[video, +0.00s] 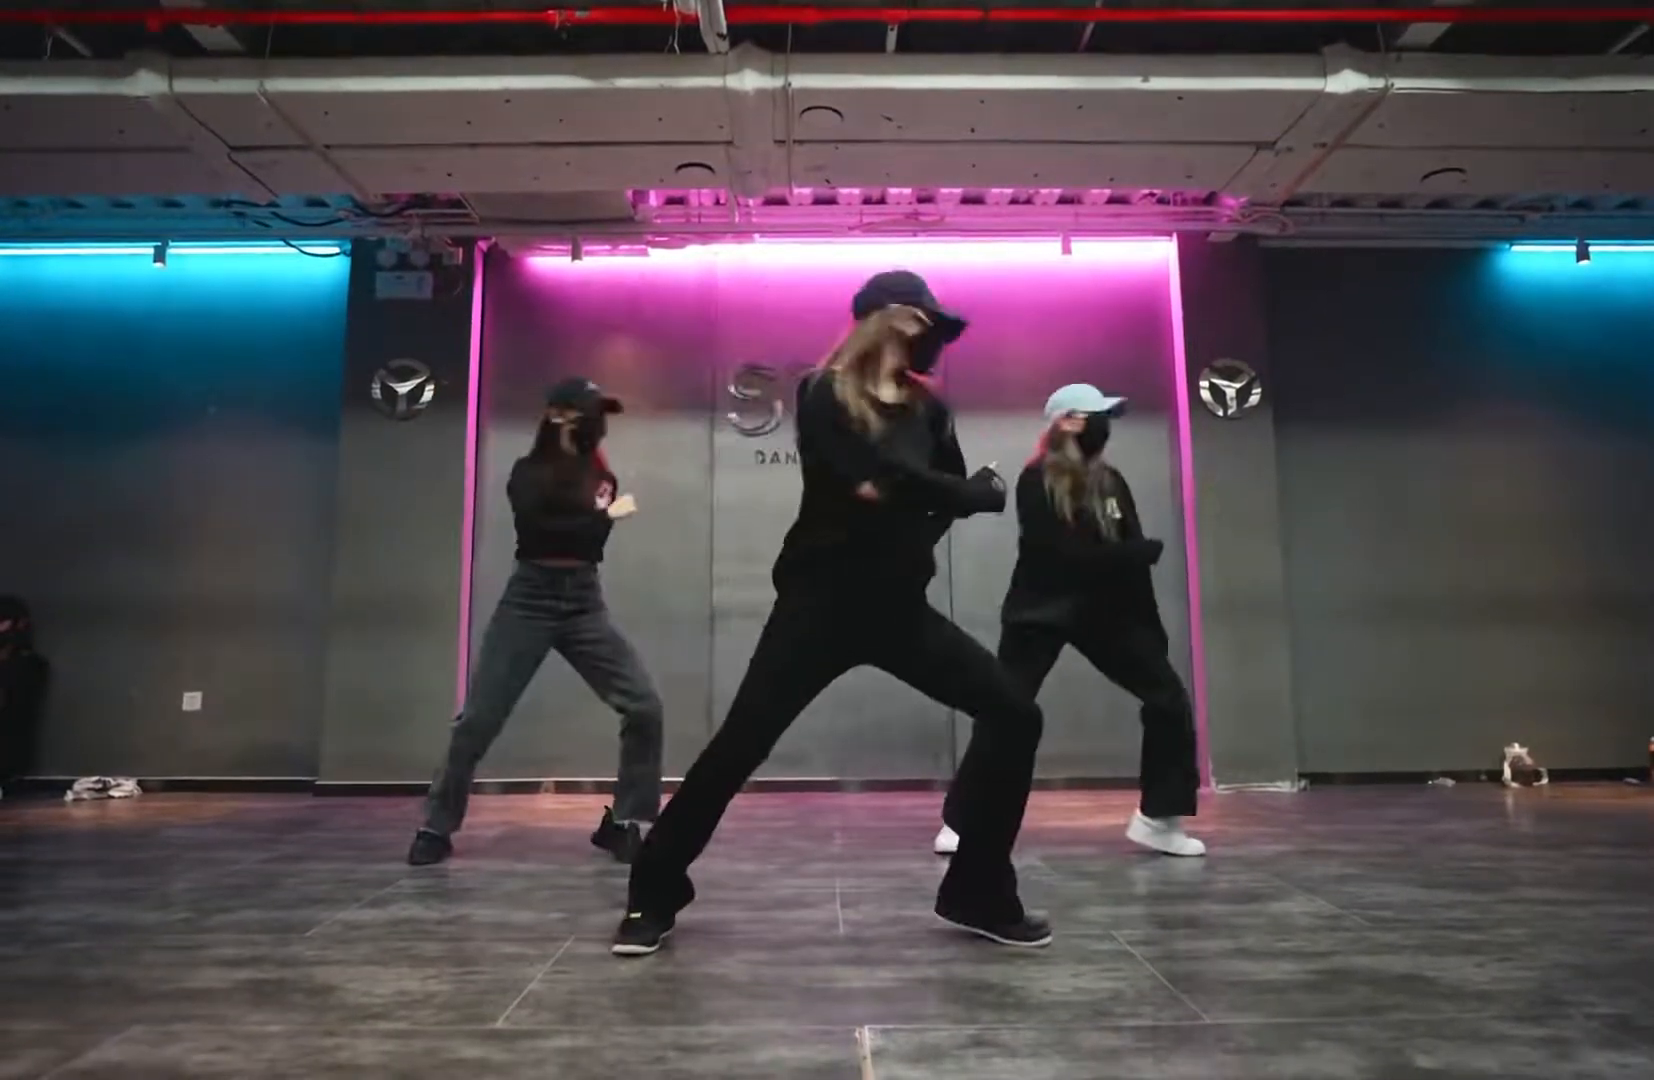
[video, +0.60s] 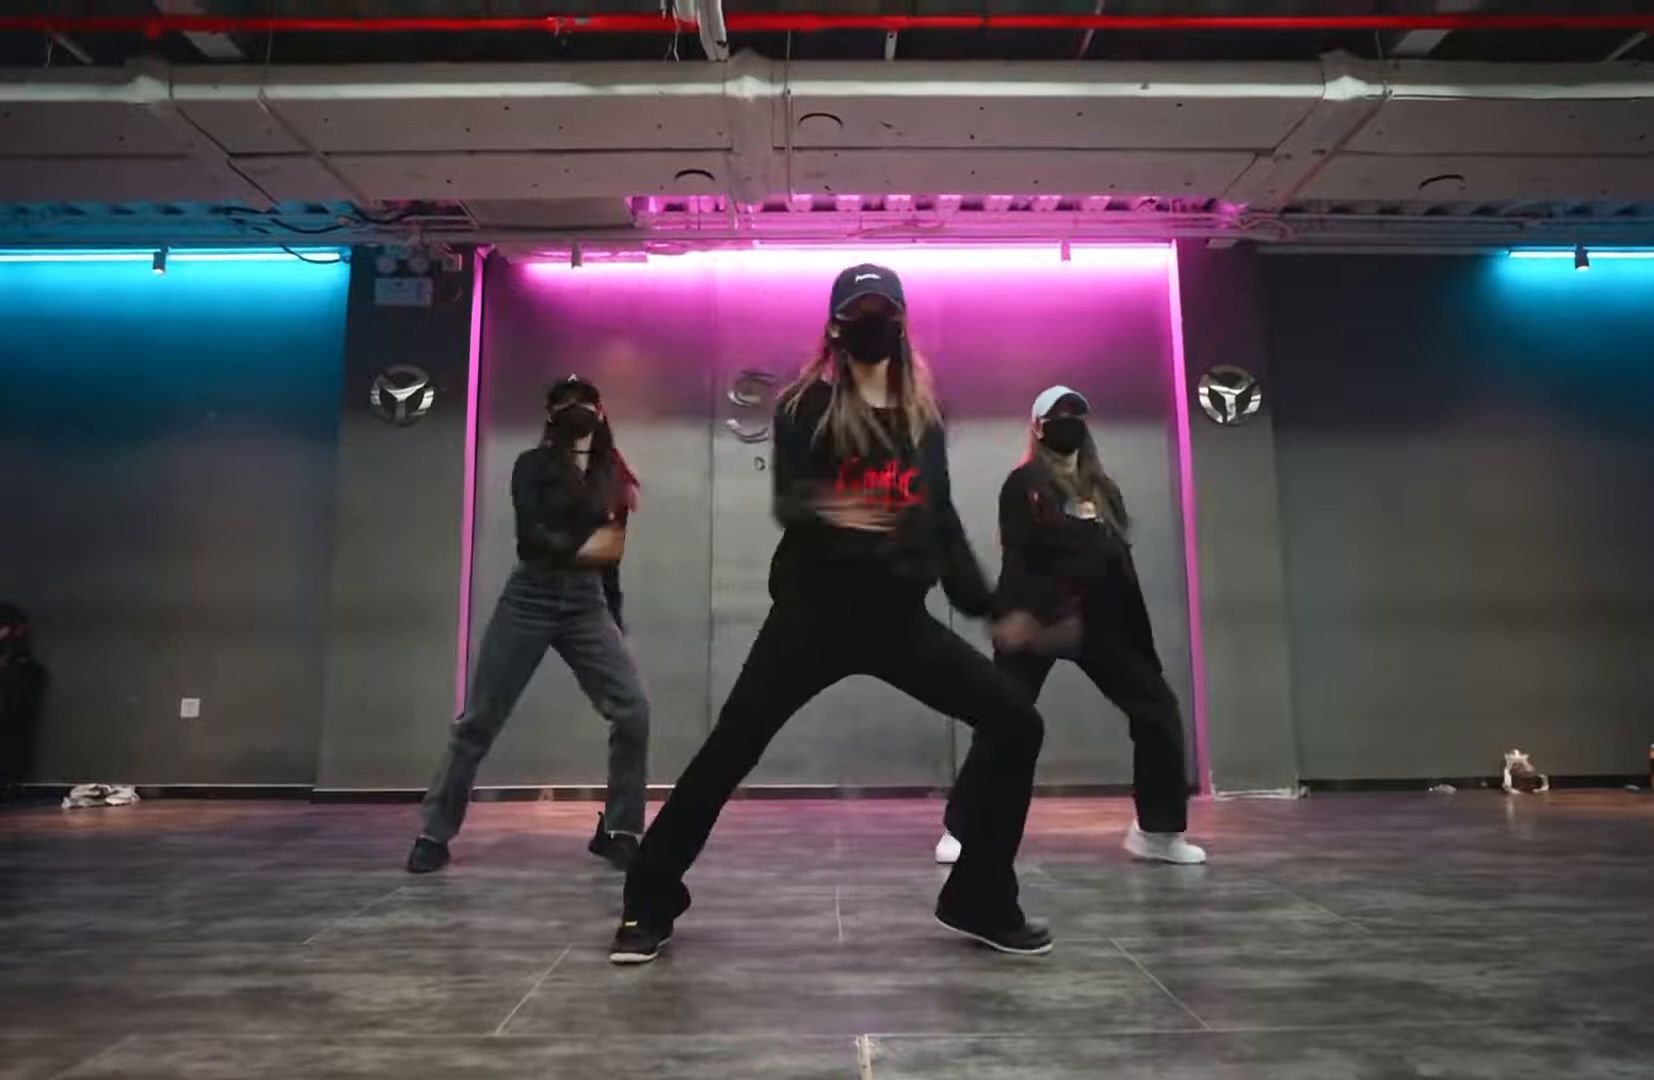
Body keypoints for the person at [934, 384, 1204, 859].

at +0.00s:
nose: (1107, 424)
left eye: (1106, 417)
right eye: (1097, 416)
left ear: (1088, 424)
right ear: (1067, 422)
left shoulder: (1109, 481)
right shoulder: (1038, 479)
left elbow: (1131, 560)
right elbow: (1054, 550)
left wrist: (1149, 629)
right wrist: (1136, 550)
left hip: (1103, 615)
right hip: (1040, 613)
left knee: (1169, 700)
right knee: (1004, 708)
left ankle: (1157, 818)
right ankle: (959, 822)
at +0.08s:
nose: (1116, 429)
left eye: (1115, 421)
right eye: (1109, 421)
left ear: (1089, 421)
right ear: (1085, 422)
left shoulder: (1109, 483)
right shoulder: (1049, 474)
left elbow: (1134, 570)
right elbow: (1059, 548)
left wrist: (1156, 633)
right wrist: (1144, 546)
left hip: (1097, 616)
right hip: (1040, 617)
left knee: (1167, 698)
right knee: (1008, 710)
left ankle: (1157, 818)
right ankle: (960, 821)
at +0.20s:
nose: (1111, 430)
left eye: (1112, 423)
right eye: (1105, 422)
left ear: (1084, 422)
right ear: (1078, 422)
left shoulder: (1095, 471)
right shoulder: (1046, 470)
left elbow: (1115, 539)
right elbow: (1056, 544)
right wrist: (1137, 542)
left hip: (1095, 619)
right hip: (1039, 619)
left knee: (1166, 698)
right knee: (1006, 711)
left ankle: (1157, 819)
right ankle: (960, 822)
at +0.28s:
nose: (1097, 430)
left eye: (1100, 422)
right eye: (1087, 422)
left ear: (1091, 423)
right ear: (1059, 422)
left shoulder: (1095, 474)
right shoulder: (1035, 476)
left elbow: (1119, 539)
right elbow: (1050, 541)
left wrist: (1094, 521)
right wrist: (1126, 544)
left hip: (1094, 620)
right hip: (1035, 621)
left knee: (1164, 699)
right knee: (1004, 712)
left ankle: (1157, 820)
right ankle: (959, 823)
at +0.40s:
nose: (1078, 424)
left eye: (1083, 416)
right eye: (1067, 416)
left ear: (1093, 422)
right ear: (1045, 424)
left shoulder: (1104, 473)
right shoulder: (1029, 477)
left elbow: (1118, 544)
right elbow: (1037, 540)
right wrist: (1113, 540)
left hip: (1098, 619)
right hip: (1032, 620)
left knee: (1160, 701)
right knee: (1002, 714)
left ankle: (1158, 823)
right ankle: (959, 826)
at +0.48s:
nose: (1073, 425)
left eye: (1079, 418)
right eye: (1063, 418)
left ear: (1088, 423)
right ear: (1042, 424)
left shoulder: (1107, 479)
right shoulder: (1027, 477)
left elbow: (1126, 542)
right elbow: (1034, 540)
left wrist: (1086, 525)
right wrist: (1106, 539)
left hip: (1100, 620)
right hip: (1031, 621)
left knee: (1159, 706)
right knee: (1001, 716)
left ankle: (1157, 825)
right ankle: (960, 827)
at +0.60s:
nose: (1068, 429)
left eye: (1075, 421)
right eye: (1057, 422)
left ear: (1085, 427)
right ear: (1038, 428)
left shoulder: (1101, 486)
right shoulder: (1024, 484)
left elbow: (1116, 558)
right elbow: (1015, 554)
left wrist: (1131, 627)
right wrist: (1014, 610)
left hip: (1098, 624)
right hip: (1034, 625)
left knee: (1156, 707)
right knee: (1001, 719)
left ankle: (1157, 828)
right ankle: (961, 829)